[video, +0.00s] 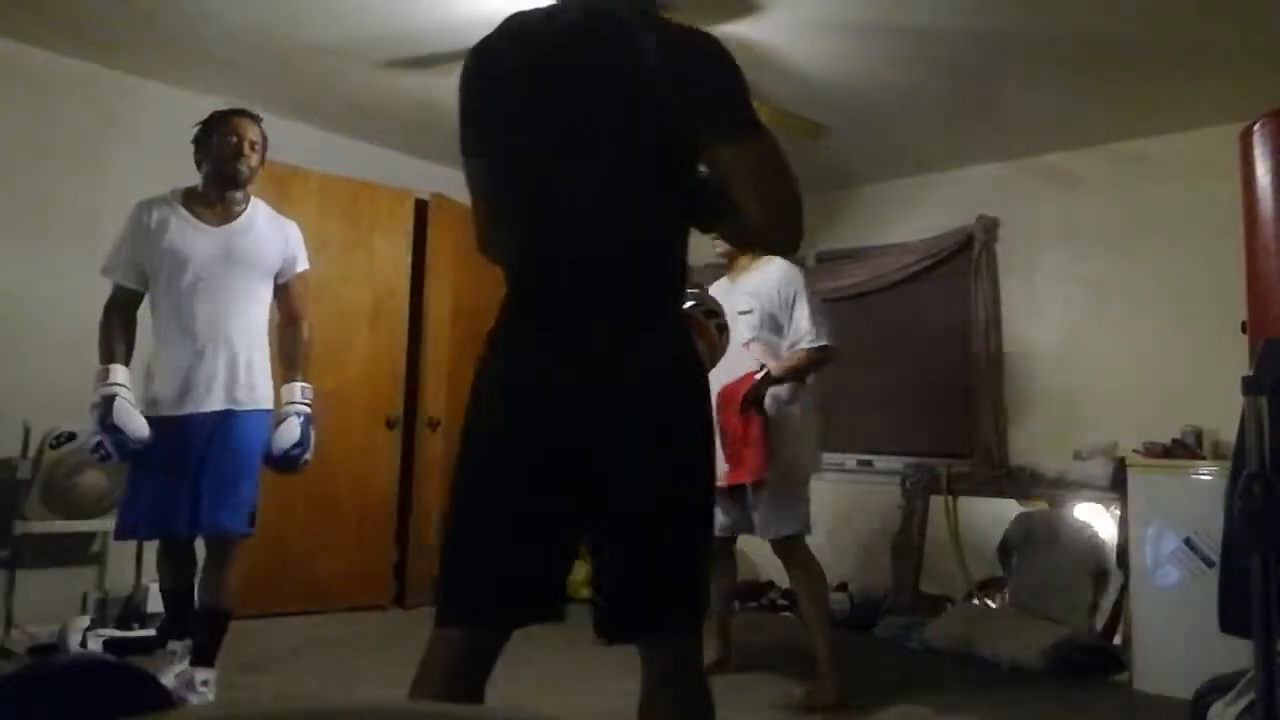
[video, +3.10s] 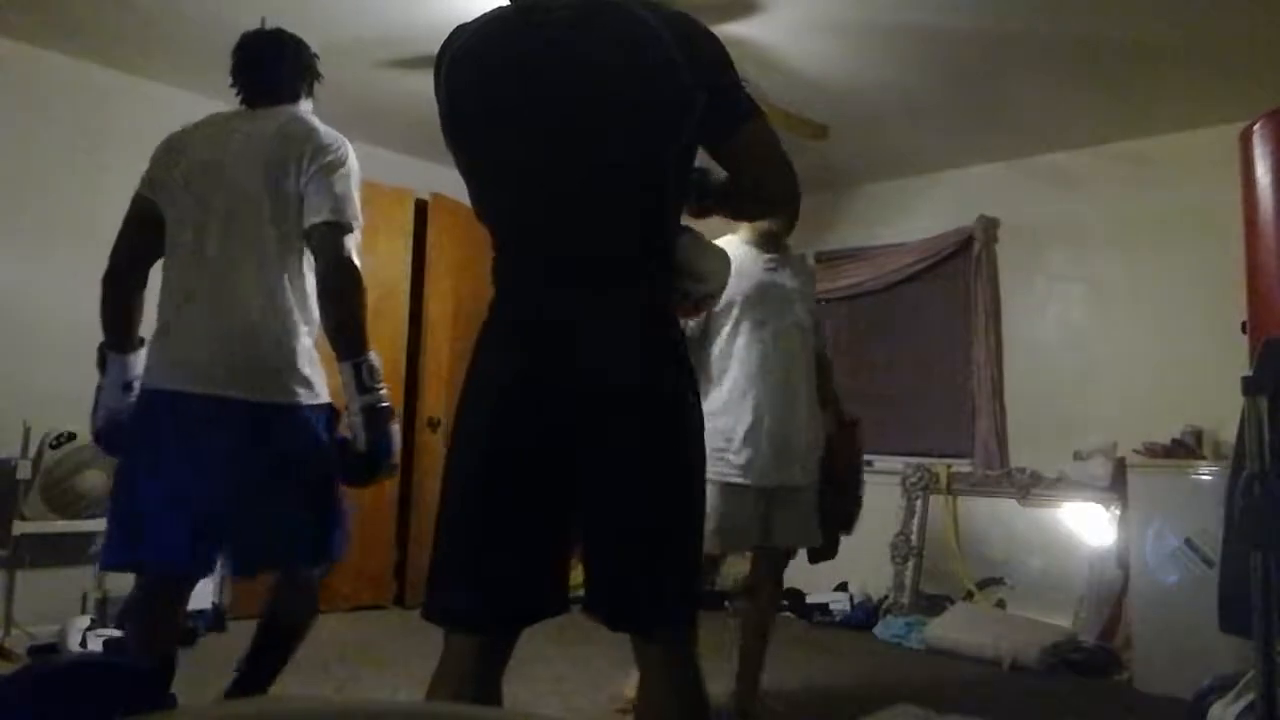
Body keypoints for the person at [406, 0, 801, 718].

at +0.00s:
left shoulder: (491, 56)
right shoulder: (688, 54)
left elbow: (493, 236)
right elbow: (777, 225)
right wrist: (677, 188)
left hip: (527, 360)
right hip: (649, 365)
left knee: (467, 630)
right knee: (670, 647)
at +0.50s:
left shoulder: (585, 65)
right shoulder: (799, 70)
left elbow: (568, 244)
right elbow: (881, 236)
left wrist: (652, 292)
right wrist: (768, 219)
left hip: (603, 354)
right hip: (723, 359)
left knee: (527, 611)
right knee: (707, 634)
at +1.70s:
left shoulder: (490, 36)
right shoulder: (703, 40)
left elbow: (540, 193)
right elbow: (796, 200)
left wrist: (685, 248)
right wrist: (685, 173)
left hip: (523, 353)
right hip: (650, 360)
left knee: (478, 636)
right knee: (669, 644)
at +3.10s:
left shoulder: (465, 49)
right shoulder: (676, 38)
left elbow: (497, 208)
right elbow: (774, 195)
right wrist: (688, 190)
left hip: (517, 360)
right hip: (640, 364)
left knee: (474, 639)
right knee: (664, 644)